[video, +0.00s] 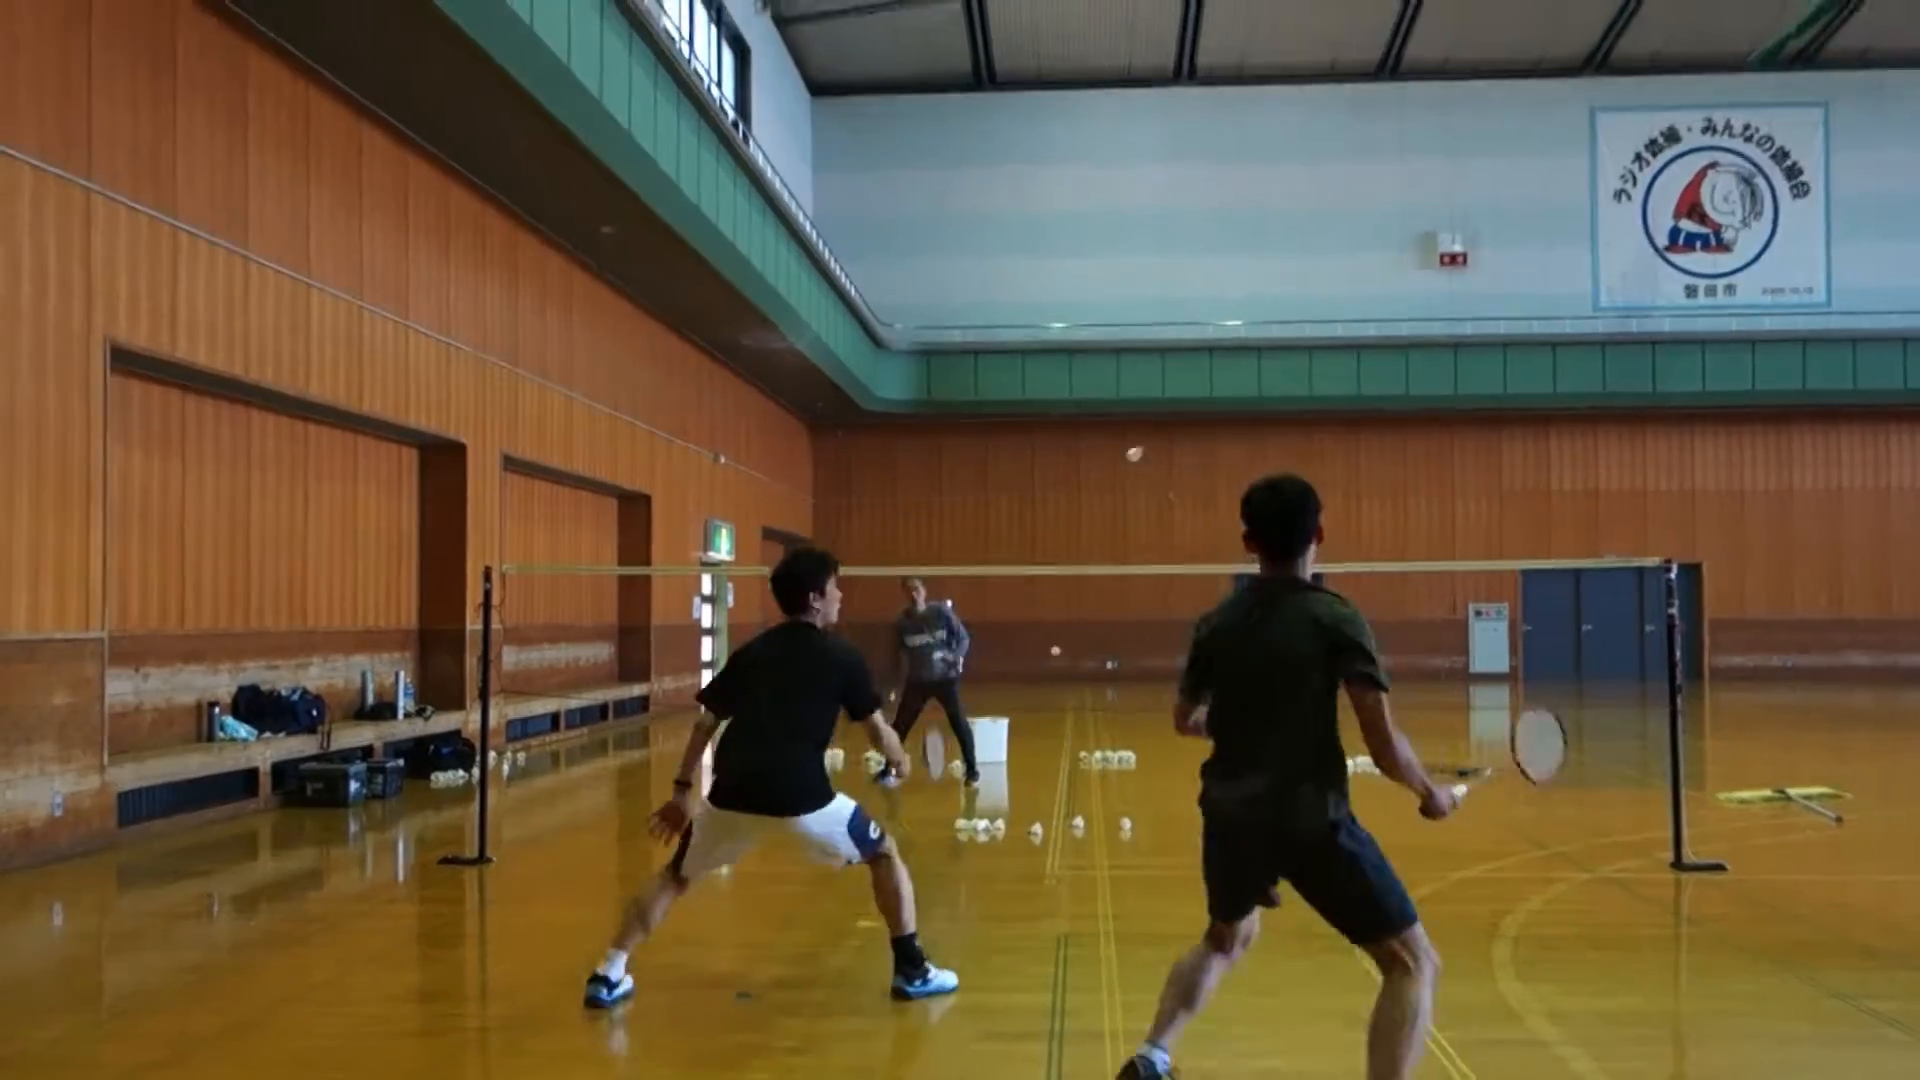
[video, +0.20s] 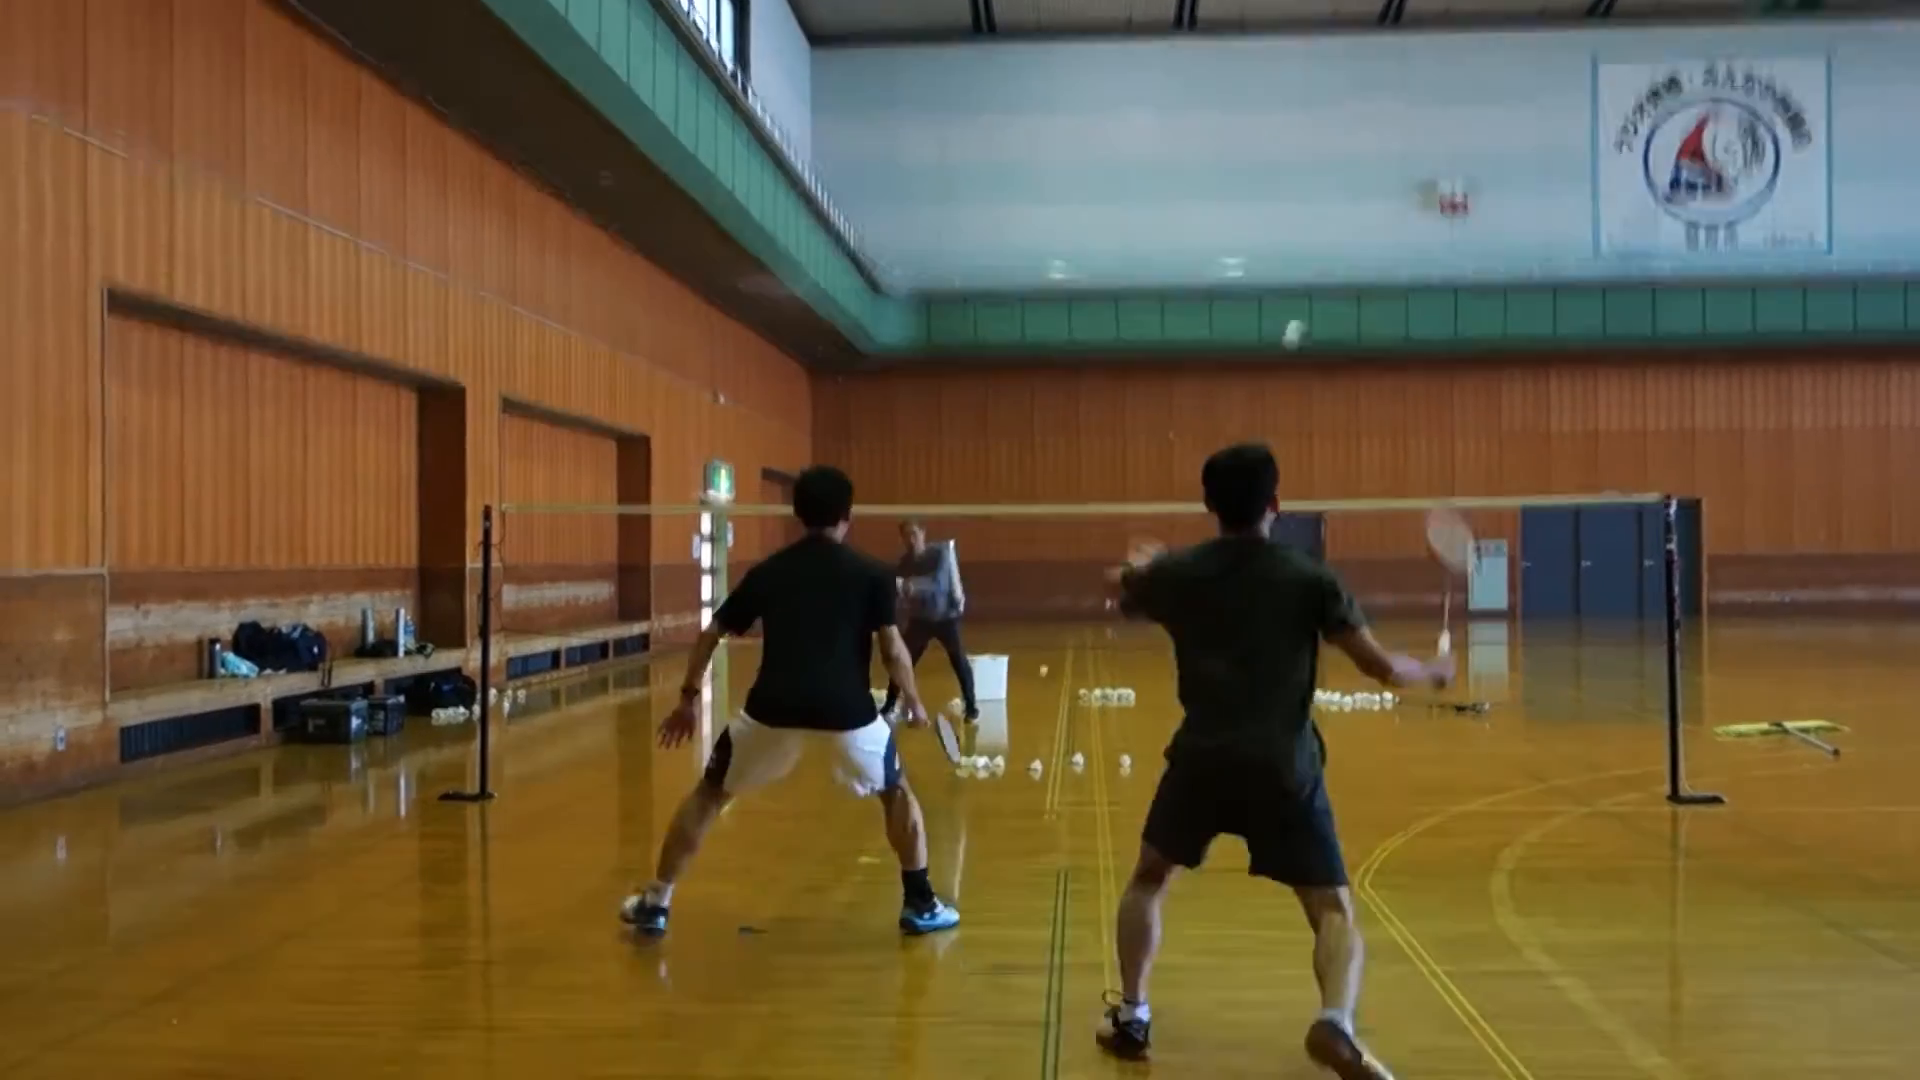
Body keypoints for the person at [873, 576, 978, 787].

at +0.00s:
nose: (914, 595)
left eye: (916, 589)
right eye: (910, 591)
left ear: (924, 590)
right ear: (905, 594)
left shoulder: (941, 612)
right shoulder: (903, 622)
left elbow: (963, 637)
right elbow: (901, 656)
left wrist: (958, 658)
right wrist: (898, 686)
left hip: (944, 678)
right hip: (917, 681)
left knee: (958, 723)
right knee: (900, 725)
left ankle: (971, 768)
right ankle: (888, 767)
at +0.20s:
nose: (912, 539)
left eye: (915, 534)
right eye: (907, 535)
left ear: (922, 533)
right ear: (903, 538)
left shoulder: (941, 554)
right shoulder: (905, 563)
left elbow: (939, 585)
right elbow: (902, 594)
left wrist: (910, 585)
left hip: (945, 618)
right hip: (919, 620)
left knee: (958, 660)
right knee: (902, 662)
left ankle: (970, 704)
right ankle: (889, 705)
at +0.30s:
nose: (915, 510)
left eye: (917, 505)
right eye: (910, 506)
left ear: (925, 505)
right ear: (905, 510)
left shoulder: (943, 526)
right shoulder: (905, 537)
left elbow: (948, 564)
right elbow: (900, 569)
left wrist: (922, 576)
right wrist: (911, 578)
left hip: (946, 590)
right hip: (920, 593)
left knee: (960, 632)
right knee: (903, 635)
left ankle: (971, 678)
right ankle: (890, 680)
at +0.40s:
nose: (917, 507)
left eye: (920, 502)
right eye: (912, 504)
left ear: (928, 503)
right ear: (908, 507)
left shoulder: (943, 523)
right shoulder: (906, 536)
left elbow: (956, 552)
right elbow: (906, 565)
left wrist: (948, 576)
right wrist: (915, 587)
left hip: (947, 590)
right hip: (921, 592)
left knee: (961, 632)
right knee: (904, 636)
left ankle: (971, 677)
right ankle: (888, 677)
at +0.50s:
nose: (919, 505)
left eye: (922, 500)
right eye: (915, 501)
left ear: (928, 502)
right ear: (909, 506)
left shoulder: (946, 525)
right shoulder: (906, 536)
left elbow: (961, 551)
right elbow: (900, 564)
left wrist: (960, 577)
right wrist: (907, 589)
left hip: (946, 590)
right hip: (918, 593)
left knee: (962, 632)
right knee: (902, 636)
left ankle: (971, 677)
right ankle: (886, 674)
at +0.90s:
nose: (913, 554)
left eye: (916, 549)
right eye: (909, 550)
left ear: (924, 550)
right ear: (903, 554)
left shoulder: (941, 570)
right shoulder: (902, 579)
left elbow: (942, 601)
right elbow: (896, 611)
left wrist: (914, 591)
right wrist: (894, 636)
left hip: (946, 633)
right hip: (920, 635)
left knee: (959, 676)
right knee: (905, 680)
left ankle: (972, 721)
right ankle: (890, 721)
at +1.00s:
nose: (913, 553)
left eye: (916, 547)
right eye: (908, 549)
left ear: (923, 548)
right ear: (904, 552)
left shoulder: (941, 567)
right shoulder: (904, 577)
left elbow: (940, 598)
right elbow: (902, 605)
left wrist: (916, 604)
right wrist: (905, 624)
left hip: (946, 629)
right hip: (920, 630)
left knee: (960, 672)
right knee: (905, 674)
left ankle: (971, 717)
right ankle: (890, 717)